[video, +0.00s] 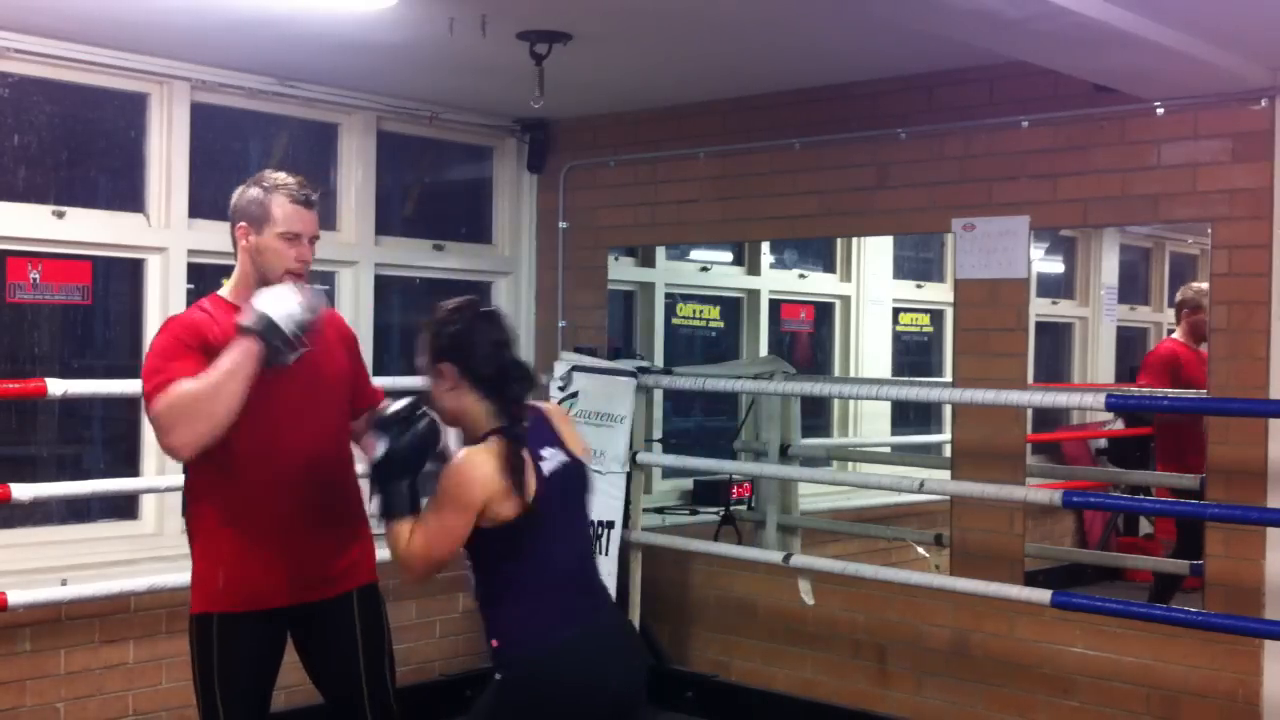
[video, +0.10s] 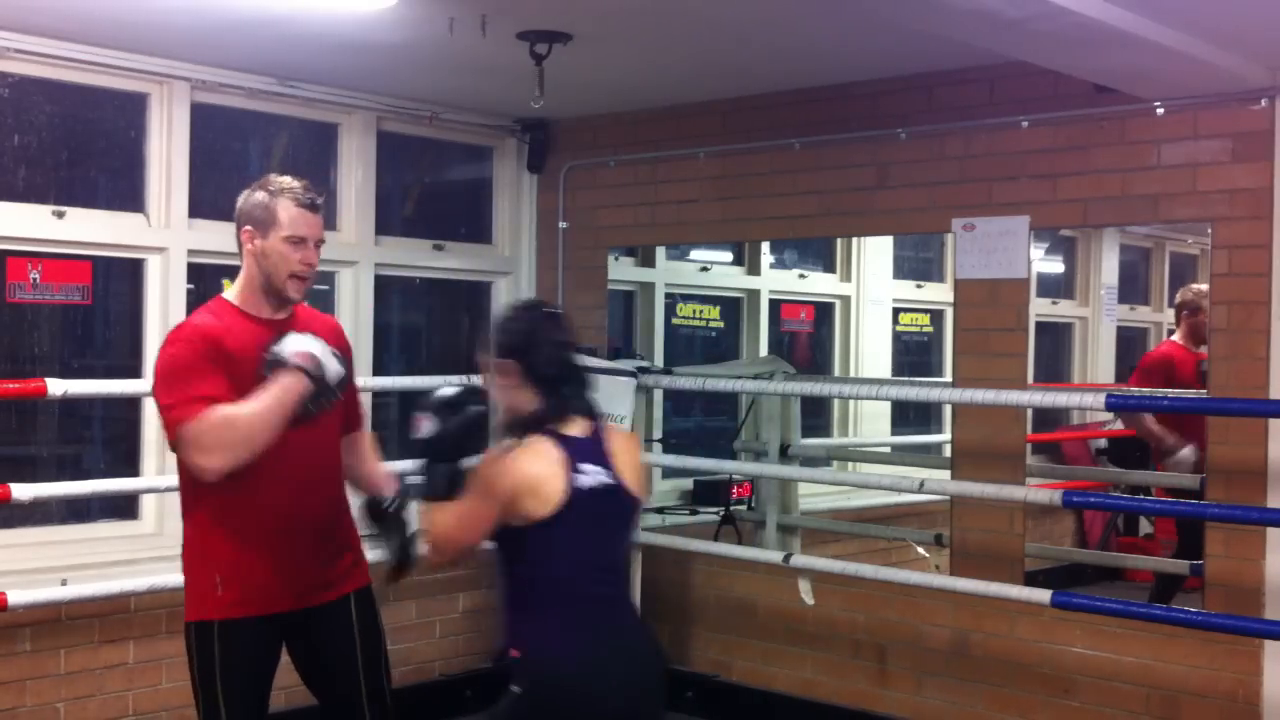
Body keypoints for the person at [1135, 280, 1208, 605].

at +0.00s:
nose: (1213, 320)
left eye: (1213, 313)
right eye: (1208, 313)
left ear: (1194, 315)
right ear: (1188, 313)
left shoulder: (1204, 357)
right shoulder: (1164, 355)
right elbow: (1145, 406)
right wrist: (1196, 410)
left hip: (1205, 463)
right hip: (1179, 466)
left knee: (1199, 541)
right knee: (1188, 543)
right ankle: (1156, 607)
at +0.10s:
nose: (1213, 321)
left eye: (1213, 314)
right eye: (1208, 314)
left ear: (1197, 316)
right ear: (1188, 315)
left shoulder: (1207, 359)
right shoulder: (1161, 358)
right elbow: (1131, 408)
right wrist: (1175, 446)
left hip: (1210, 467)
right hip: (1180, 468)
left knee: (1207, 545)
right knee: (1188, 547)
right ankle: (1154, 613)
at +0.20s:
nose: (1212, 322)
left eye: (1212, 315)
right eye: (1206, 315)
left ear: (1210, 317)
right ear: (1187, 316)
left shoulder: (1214, 358)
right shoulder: (1158, 360)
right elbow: (1115, 405)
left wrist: (1214, 382)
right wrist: (1146, 459)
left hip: (1216, 470)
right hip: (1179, 472)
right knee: (1189, 548)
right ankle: (1154, 614)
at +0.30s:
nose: (1209, 323)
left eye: (1212, 316)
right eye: (1203, 316)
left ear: (1215, 317)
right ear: (1186, 316)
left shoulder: (1222, 360)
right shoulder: (1154, 362)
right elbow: (1117, 409)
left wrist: (1215, 382)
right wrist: (1126, 468)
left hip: (1220, 473)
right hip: (1177, 474)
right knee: (1189, 549)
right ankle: (1153, 614)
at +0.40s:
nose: (1205, 320)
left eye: (1210, 313)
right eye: (1198, 313)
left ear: (1218, 317)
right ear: (1186, 316)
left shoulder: (1225, 362)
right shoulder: (1156, 364)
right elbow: (1121, 417)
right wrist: (1120, 471)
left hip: (1222, 474)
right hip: (1180, 475)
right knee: (1189, 549)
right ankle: (1153, 614)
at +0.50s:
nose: (1220, 326)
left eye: (1222, 319)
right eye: (1215, 319)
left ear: (1210, 319)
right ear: (1200, 319)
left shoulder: (1228, 364)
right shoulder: (1163, 367)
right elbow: (1126, 420)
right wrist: (1116, 469)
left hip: (1225, 474)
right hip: (1184, 476)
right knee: (1188, 548)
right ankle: (1153, 613)